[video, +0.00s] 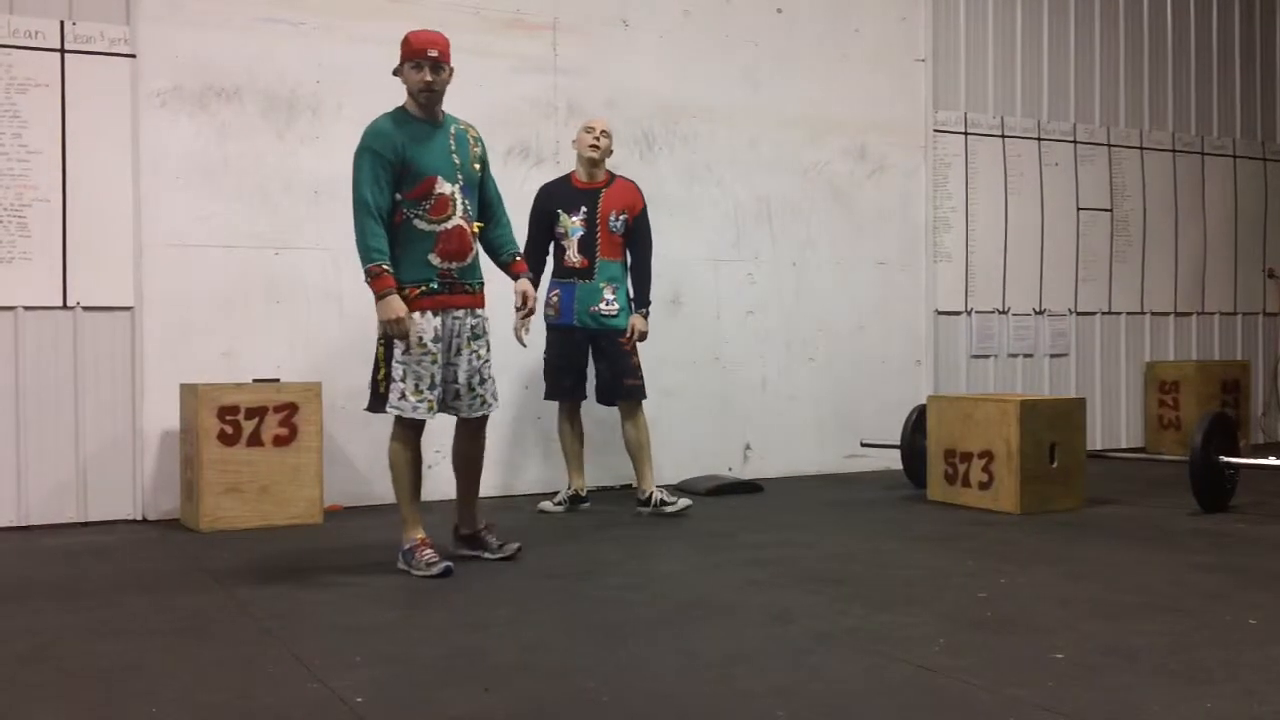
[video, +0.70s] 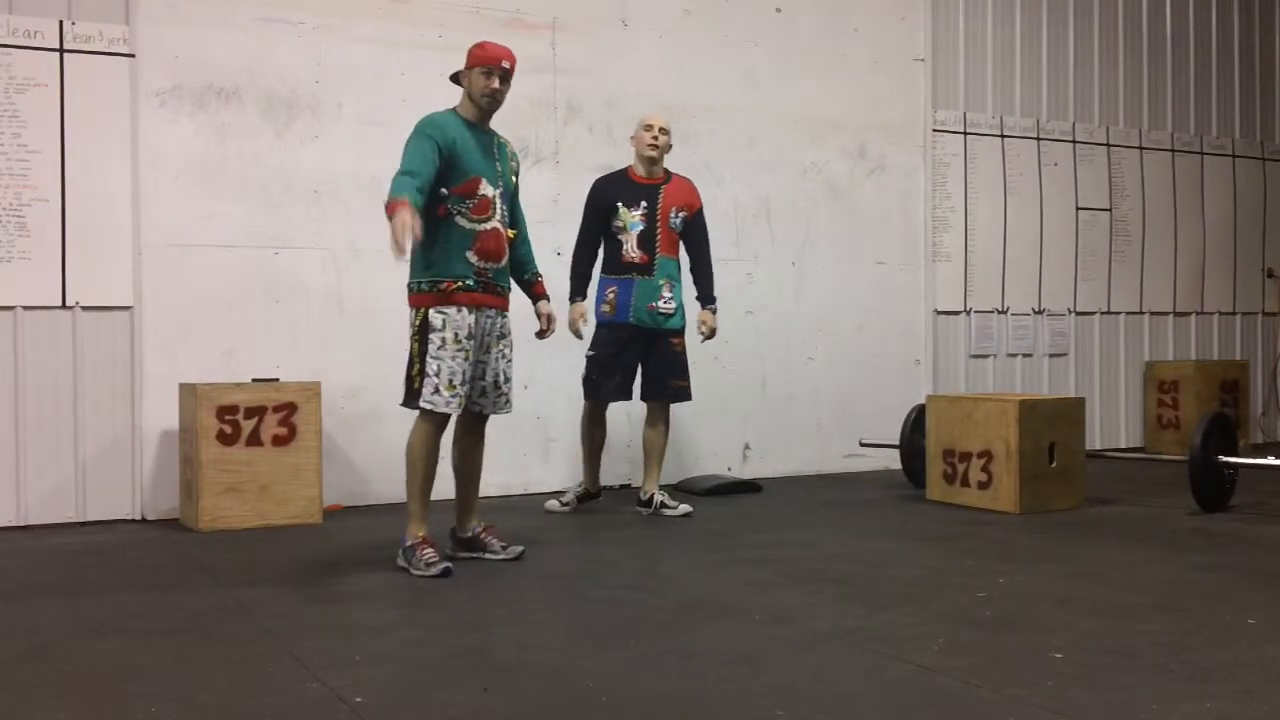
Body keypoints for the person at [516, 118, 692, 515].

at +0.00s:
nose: (597, 138)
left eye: (604, 135)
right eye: (590, 132)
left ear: (611, 150)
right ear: (575, 143)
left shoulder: (628, 193)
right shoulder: (551, 194)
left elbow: (641, 255)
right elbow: (534, 253)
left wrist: (641, 310)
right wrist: (525, 302)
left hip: (614, 315)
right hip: (565, 316)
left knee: (630, 403)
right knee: (568, 402)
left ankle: (647, 491)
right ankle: (576, 488)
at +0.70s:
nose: (656, 136)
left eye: (662, 132)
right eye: (649, 130)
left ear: (670, 145)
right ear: (634, 140)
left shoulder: (684, 191)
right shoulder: (606, 188)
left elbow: (698, 251)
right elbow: (585, 246)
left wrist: (707, 305)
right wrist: (577, 298)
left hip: (665, 317)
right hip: (614, 315)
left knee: (659, 404)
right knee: (595, 400)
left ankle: (649, 491)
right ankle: (589, 485)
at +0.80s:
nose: (661, 138)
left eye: (668, 134)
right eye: (654, 131)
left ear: (675, 146)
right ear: (638, 140)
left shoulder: (688, 192)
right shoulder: (610, 187)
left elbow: (703, 252)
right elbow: (589, 246)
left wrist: (713, 305)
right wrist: (583, 298)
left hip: (667, 318)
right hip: (618, 315)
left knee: (660, 404)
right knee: (602, 402)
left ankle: (650, 491)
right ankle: (599, 486)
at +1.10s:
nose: (667, 142)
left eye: (674, 138)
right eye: (660, 135)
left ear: (682, 147)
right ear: (646, 140)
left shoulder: (689, 196)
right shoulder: (616, 187)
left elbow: (700, 257)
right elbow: (592, 245)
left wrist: (710, 309)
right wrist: (585, 298)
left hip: (672, 315)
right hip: (627, 312)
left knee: (662, 403)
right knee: (624, 400)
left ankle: (650, 492)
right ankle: (603, 481)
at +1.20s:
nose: (668, 143)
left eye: (675, 138)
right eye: (661, 135)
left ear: (682, 147)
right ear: (646, 139)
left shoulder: (689, 196)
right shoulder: (616, 187)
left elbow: (696, 258)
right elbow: (591, 245)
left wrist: (704, 311)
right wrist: (585, 297)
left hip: (672, 314)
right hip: (627, 311)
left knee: (663, 402)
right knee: (625, 400)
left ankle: (650, 491)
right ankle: (597, 481)